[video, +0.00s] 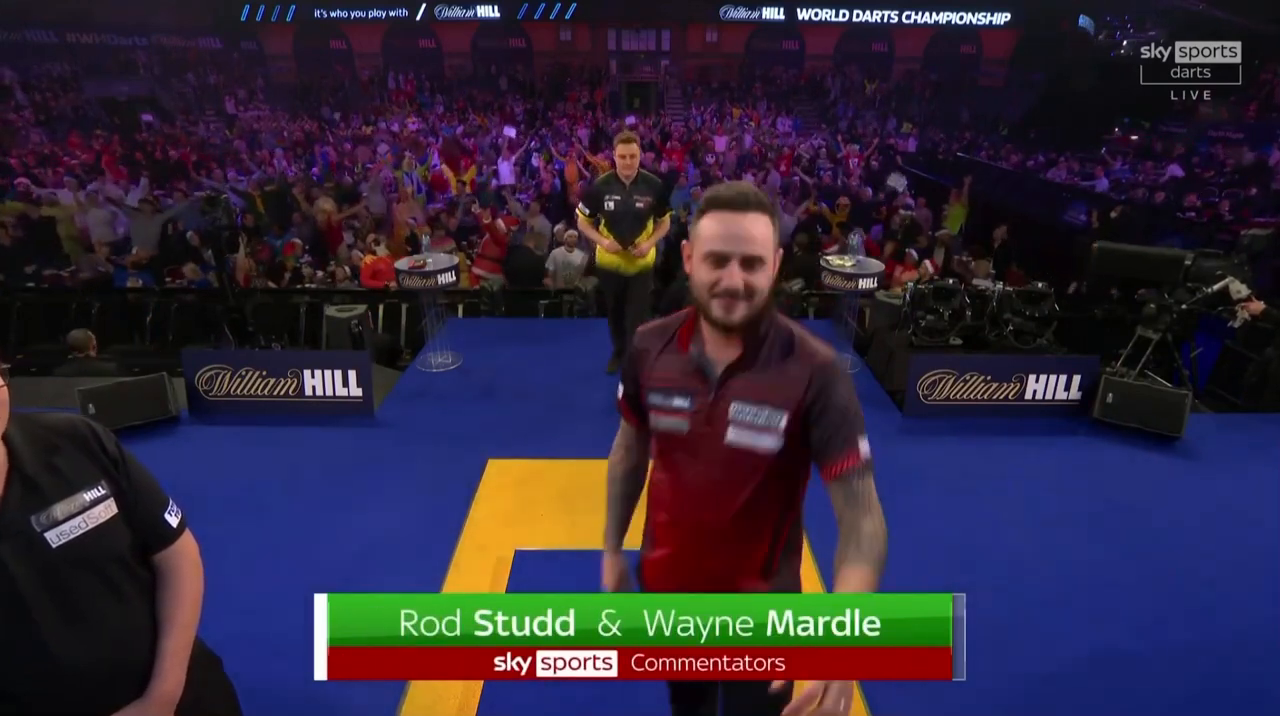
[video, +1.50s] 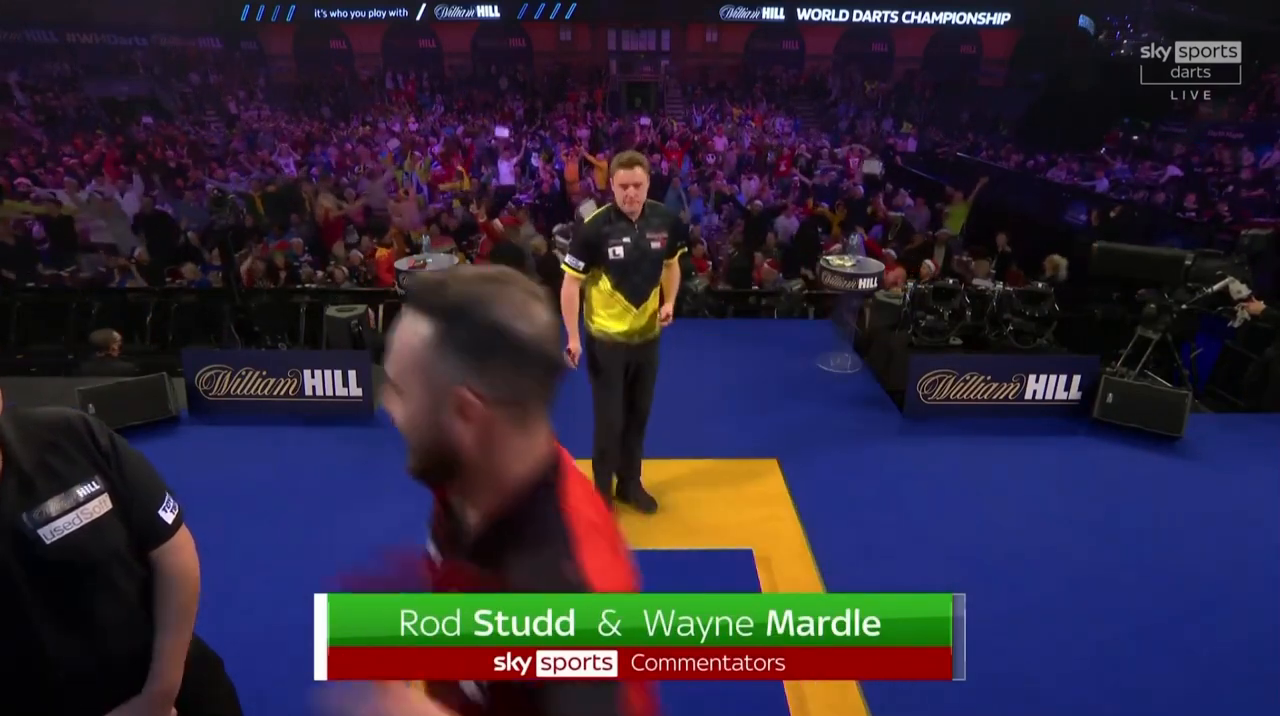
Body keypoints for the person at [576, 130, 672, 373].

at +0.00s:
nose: (628, 162)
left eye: (632, 157)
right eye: (623, 157)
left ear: (640, 157)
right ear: (614, 157)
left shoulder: (655, 186)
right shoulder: (600, 186)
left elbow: (664, 222)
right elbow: (582, 221)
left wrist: (648, 243)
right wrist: (604, 242)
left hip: (641, 262)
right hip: (611, 261)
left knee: (638, 314)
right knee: (615, 313)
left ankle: (636, 359)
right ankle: (617, 354)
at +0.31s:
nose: (632, 174)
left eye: (636, 168)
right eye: (626, 168)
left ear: (645, 163)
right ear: (618, 164)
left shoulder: (663, 191)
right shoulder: (605, 191)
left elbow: (675, 229)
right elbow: (586, 228)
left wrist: (654, 250)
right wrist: (611, 251)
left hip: (647, 276)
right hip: (612, 275)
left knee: (643, 337)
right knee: (610, 337)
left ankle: (641, 389)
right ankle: (615, 388)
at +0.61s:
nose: (621, 190)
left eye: (626, 183)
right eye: (616, 184)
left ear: (636, 176)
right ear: (606, 179)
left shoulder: (656, 202)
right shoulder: (594, 207)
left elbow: (670, 244)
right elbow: (575, 248)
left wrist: (647, 267)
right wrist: (607, 272)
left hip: (642, 292)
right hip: (606, 293)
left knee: (640, 350)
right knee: (607, 367)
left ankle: (640, 391)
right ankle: (603, 440)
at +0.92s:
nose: (615, 199)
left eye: (620, 193)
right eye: (609, 193)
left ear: (630, 181)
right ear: (599, 183)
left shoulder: (649, 204)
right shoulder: (584, 209)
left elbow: (658, 245)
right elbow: (557, 255)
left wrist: (646, 280)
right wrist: (579, 297)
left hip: (634, 310)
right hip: (596, 313)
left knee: (636, 380)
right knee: (599, 385)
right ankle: (604, 449)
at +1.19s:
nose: (621, 207)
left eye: (627, 200)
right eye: (615, 200)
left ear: (637, 189)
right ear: (603, 190)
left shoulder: (652, 214)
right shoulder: (585, 223)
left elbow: (659, 256)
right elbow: (560, 271)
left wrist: (651, 296)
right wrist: (565, 320)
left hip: (638, 317)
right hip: (595, 320)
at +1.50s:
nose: (631, 193)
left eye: (637, 185)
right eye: (624, 186)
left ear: (648, 185)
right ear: (612, 186)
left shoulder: (667, 221)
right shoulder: (593, 229)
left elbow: (672, 264)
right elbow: (571, 282)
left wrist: (669, 301)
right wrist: (573, 336)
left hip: (647, 337)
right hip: (606, 339)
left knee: (638, 416)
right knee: (610, 419)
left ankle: (630, 483)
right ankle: (603, 493)